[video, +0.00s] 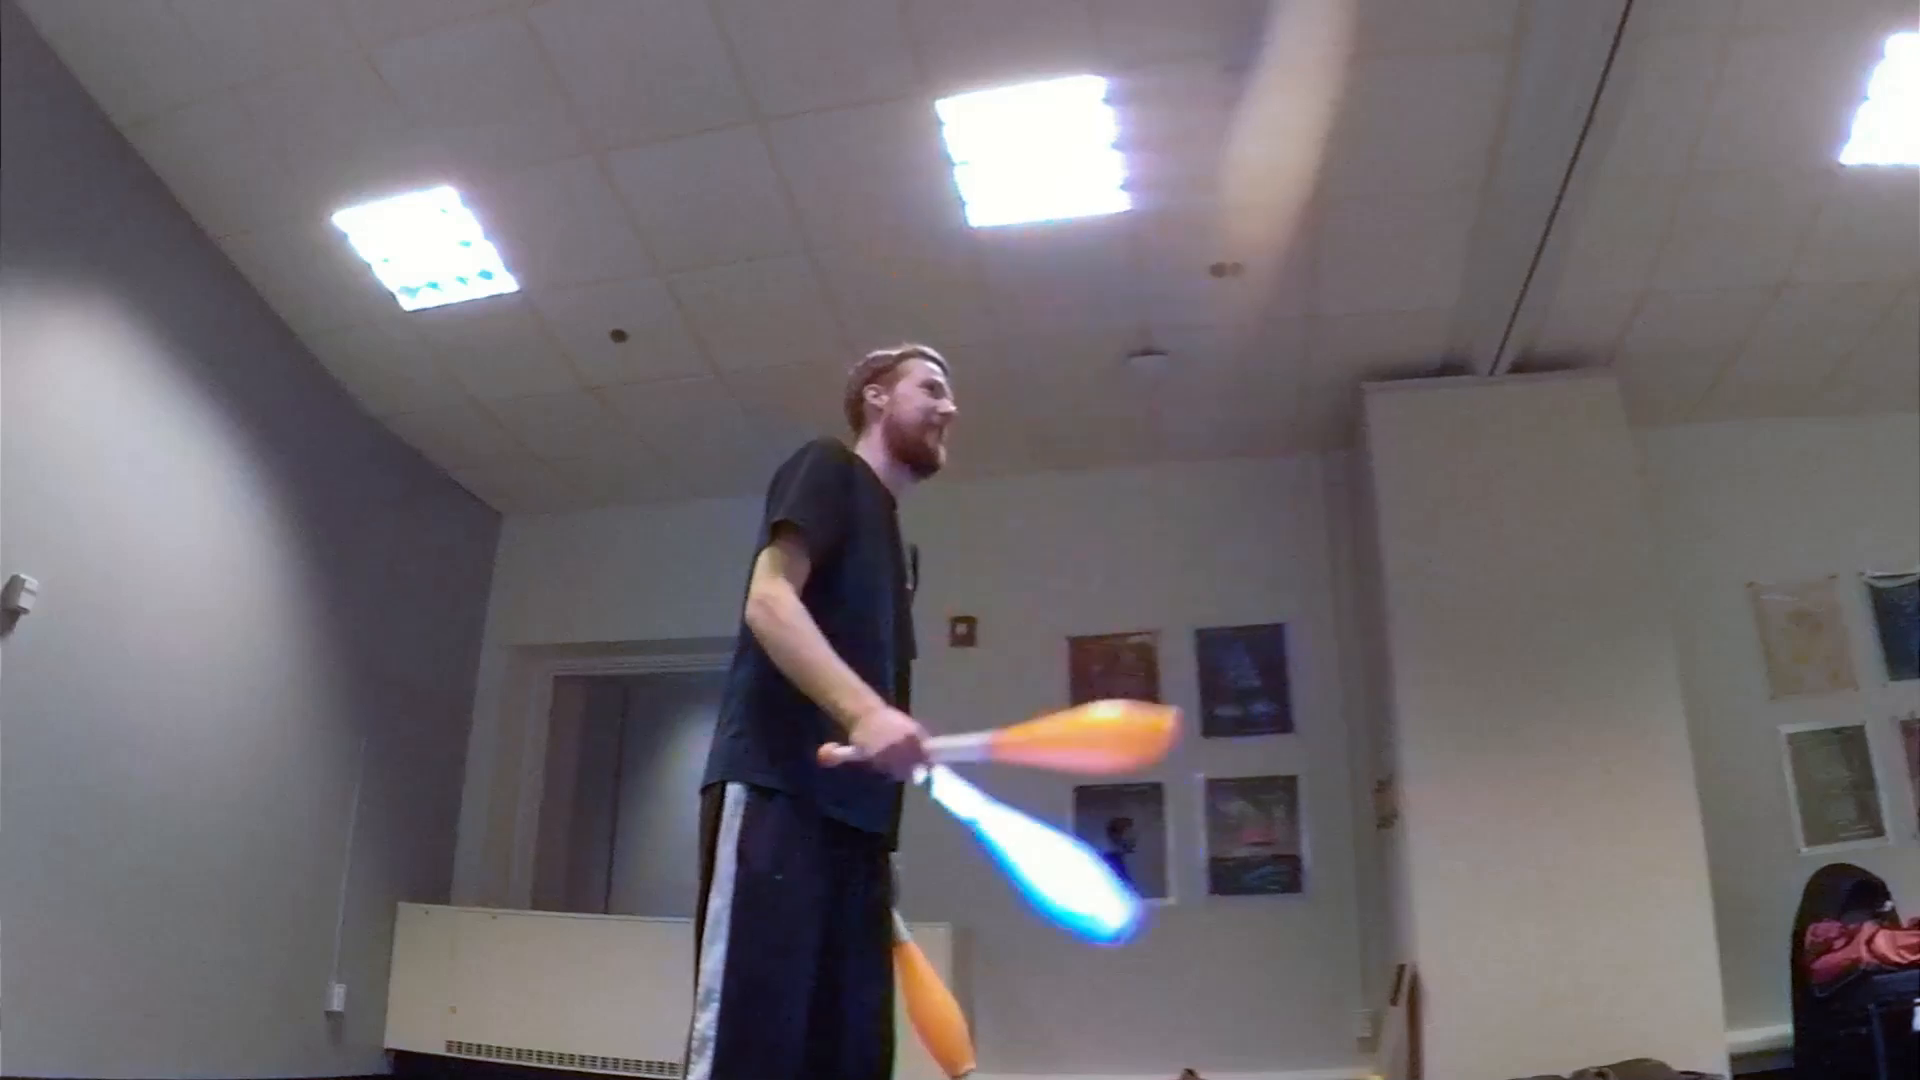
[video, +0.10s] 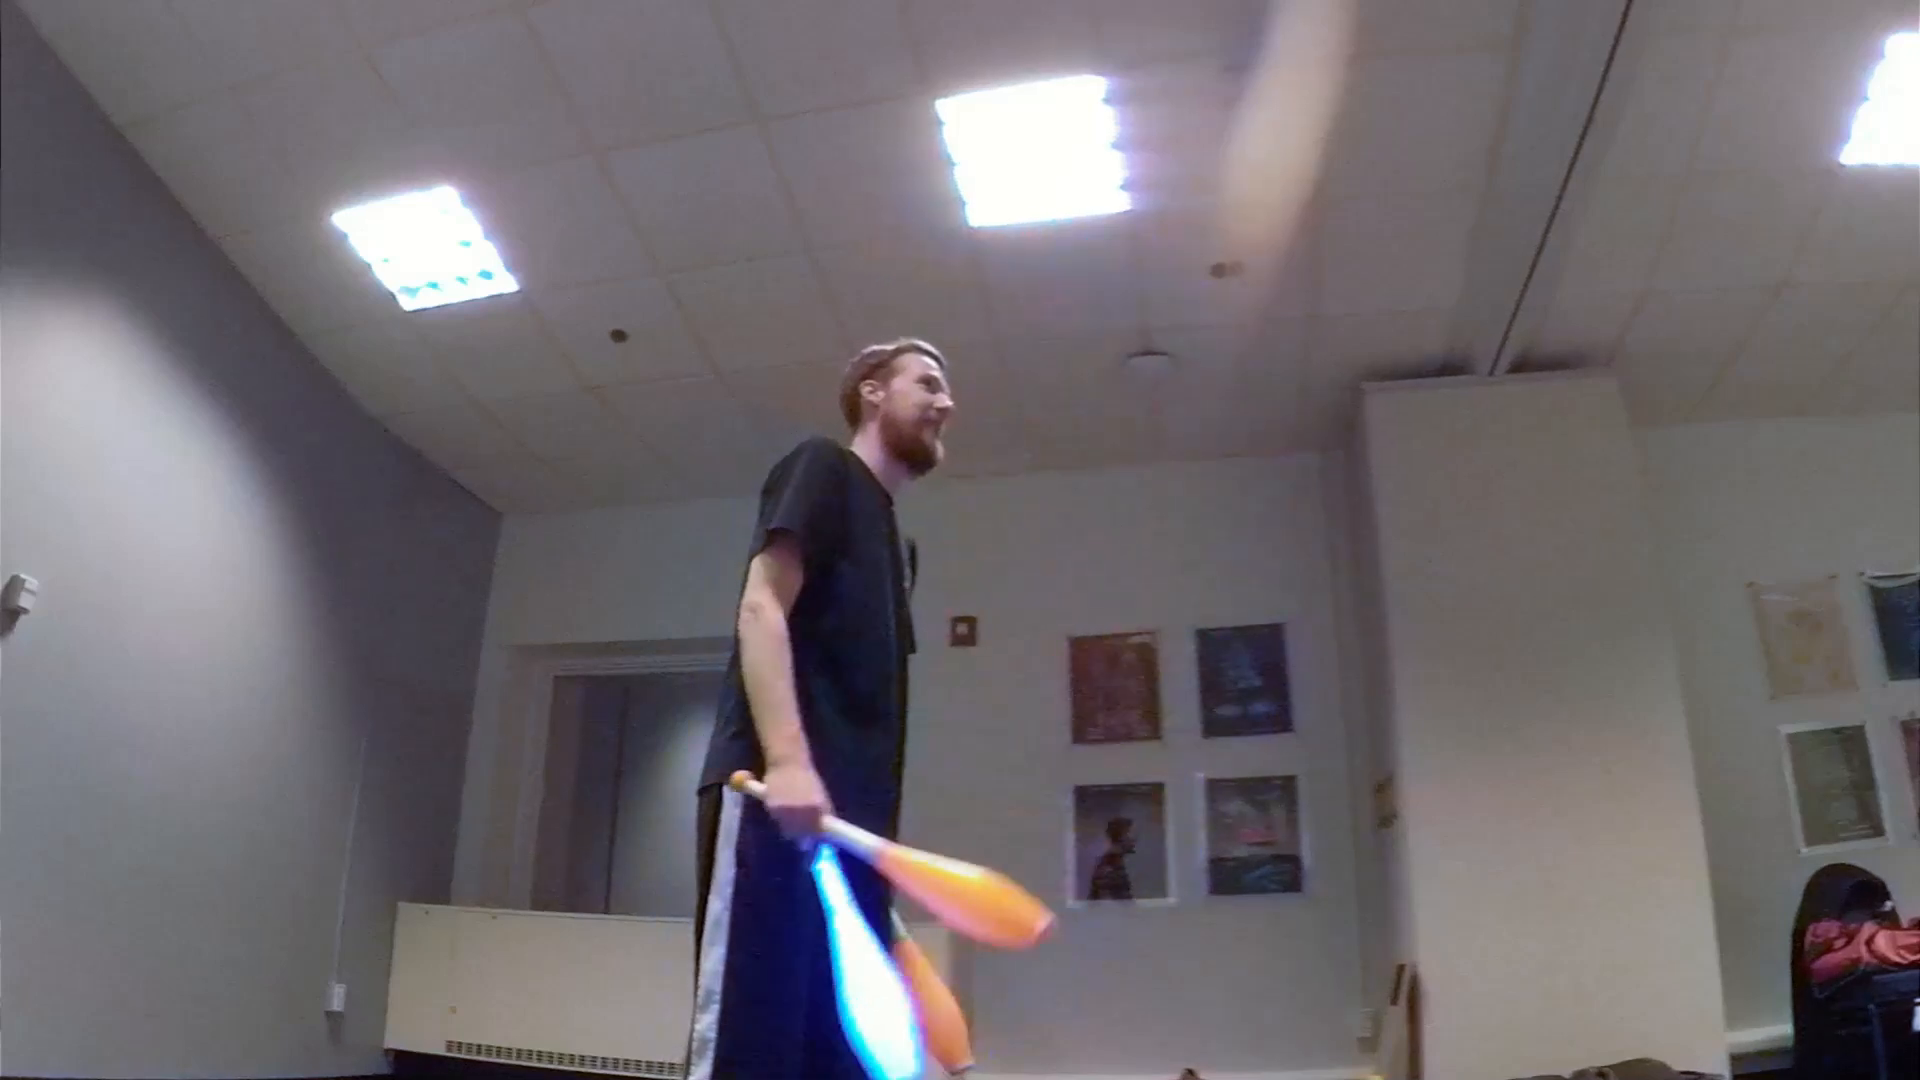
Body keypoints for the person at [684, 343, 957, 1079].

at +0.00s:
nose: (949, 406)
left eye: (950, 396)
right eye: (930, 387)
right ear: (874, 397)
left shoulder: (891, 535)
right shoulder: (827, 467)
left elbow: (873, 692)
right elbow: (769, 602)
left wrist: (875, 854)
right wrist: (864, 711)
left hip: (852, 814)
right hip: (777, 798)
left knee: (849, 1038)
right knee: (752, 1031)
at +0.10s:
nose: (945, 402)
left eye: (947, 391)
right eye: (927, 383)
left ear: (937, 415)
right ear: (871, 393)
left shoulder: (895, 540)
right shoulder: (822, 465)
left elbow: (872, 697)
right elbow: (761, 609)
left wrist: (882, 846)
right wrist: (788, 762)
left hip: (855, 819)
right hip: (775, 802)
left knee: (841, 1040)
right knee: (752, 1035)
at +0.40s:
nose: (906, 387)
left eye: (907, 378)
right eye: (886, 369)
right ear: (826, 381)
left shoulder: (866, 527)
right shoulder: (766, 466)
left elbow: (850, 678)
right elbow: (674, 613)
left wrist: (848, 829)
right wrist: (644, 781)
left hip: (832, 828)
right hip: (739, 813)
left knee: (853, 1043)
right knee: (722, 1040)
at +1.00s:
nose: (822, 381)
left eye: (824, 372)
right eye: (801, 362)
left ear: (822, 405)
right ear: (741, 379)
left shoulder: (790, 524)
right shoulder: (686, 470)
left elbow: (774, 670)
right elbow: (599, 618)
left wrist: (788, 740)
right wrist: (710, 709)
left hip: (771, 814)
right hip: (685, 806)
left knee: (836, 1046)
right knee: (683, 1050)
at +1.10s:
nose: (817, 383)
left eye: (821, 374)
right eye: (796, 363)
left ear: (815, 404)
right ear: (737, 380)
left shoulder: (785, 526)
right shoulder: (682, 467)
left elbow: (773, 647)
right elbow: (637, 612)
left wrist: (825, 602)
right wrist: (792, 593)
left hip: (772, 814)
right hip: (681, 800)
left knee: (812, 1041)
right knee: (680, 1040)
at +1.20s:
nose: (810, 386)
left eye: (815, 376)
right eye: (790, 367)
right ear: (732, 379)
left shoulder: (768, 518)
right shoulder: (682, 458)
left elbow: (763, 671)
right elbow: (712, 556)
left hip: (770, 814)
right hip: (681, 803)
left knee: (816, 1044)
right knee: (678, 1045)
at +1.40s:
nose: (801, 383)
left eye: (806, 375)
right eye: (784, 367)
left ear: (795, 396)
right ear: (726, 384)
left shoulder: (761, 526)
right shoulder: (680, 456)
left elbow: (756, 679)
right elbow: (768, 450)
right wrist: (879, 308)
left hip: (756, 791)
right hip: (679, 780)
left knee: (815, 1026)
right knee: (679, 1022)